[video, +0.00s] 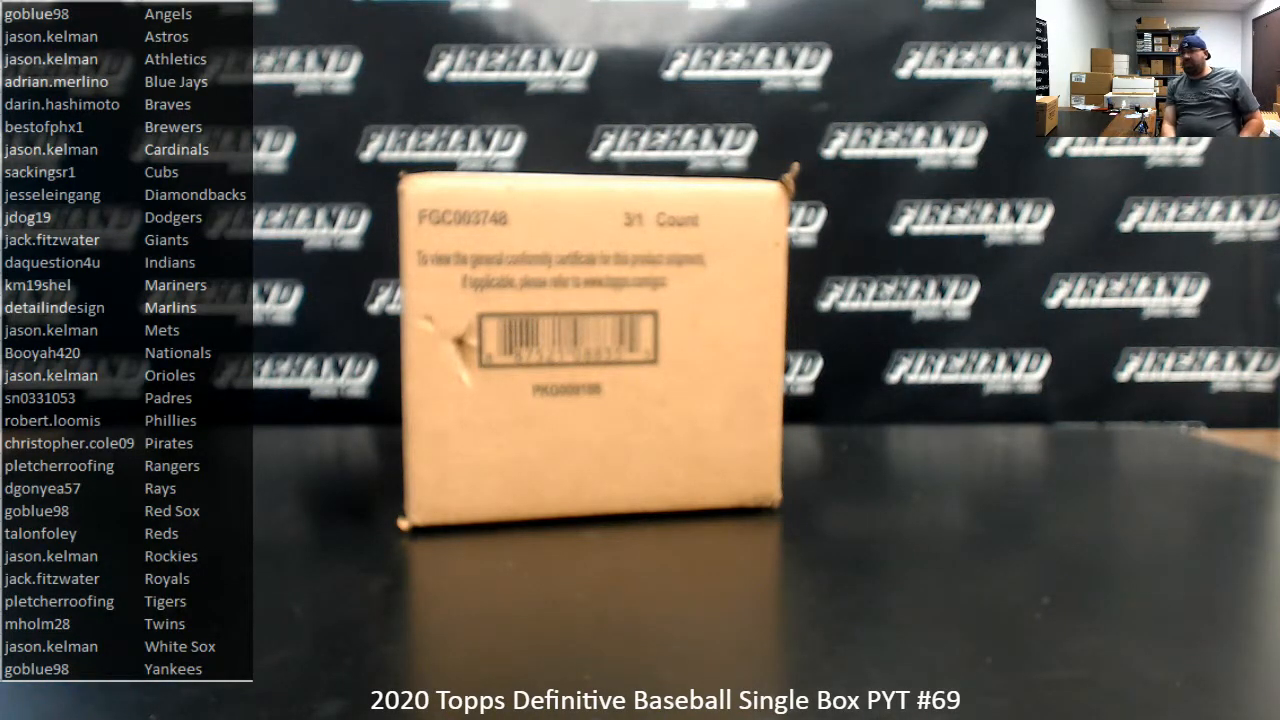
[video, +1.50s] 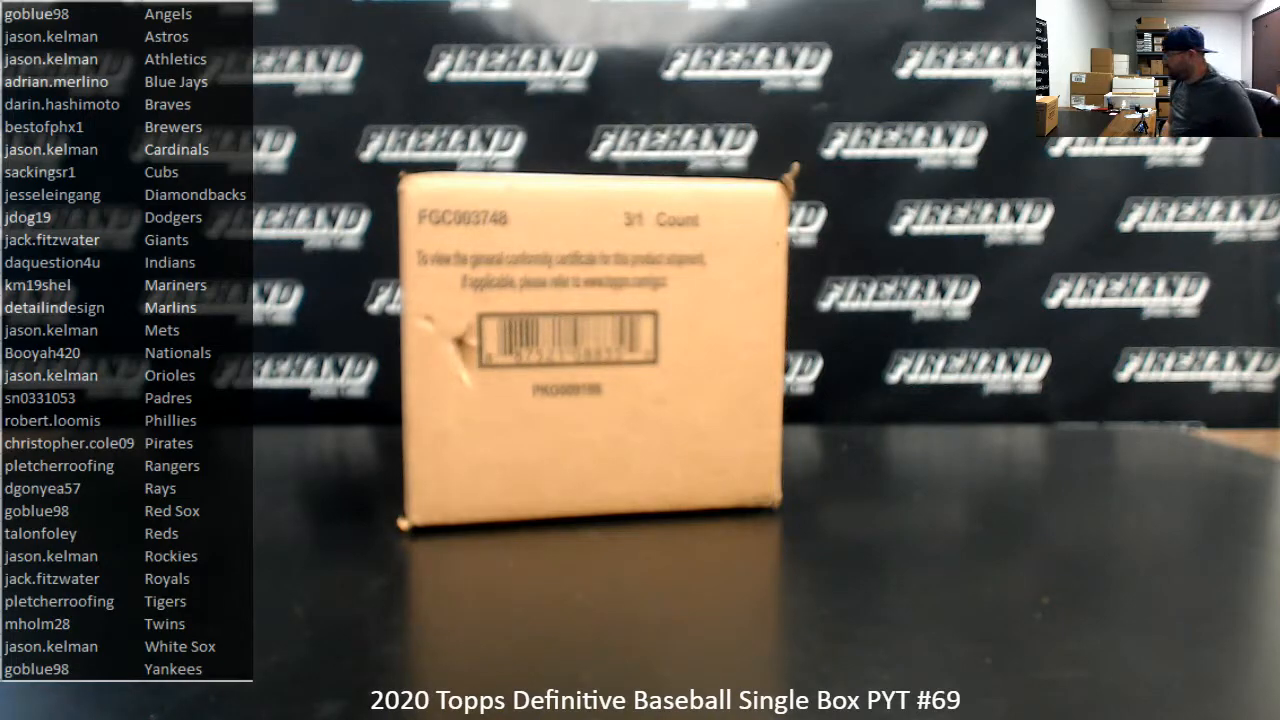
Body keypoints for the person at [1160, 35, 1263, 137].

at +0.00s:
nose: (1186, 57)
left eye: (1192, 51)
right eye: (1183, 53)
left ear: (1205, 54)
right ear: (1180, 57)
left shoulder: (1231, 78)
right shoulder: (1175, 86)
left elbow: (1256, 120)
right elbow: (1168, 123)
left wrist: (1237, 149)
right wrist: (1170, 150)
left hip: (1225, 153)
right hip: (1185, 155)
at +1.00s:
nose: (1197, 57)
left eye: (1203, 51)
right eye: (1194, 52)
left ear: (1221, 52)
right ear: (1191, 54)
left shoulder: (1248, 82)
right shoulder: (1190, 83)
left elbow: (1267, 134)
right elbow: (1176, 120)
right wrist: (1167, 149)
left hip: (1229, 162)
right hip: (1187, 160)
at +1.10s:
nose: (1190, 58)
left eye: (1196, 51)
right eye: (1190, 52)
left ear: (1217, 51)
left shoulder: (1247, 83)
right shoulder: (1191, 82)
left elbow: (1266, 136)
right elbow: (1176, 120)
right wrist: (1164, 149)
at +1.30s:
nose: (1174, 61)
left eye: (1180, 54)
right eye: (1175, 55)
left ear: (1203, 53)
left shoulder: (1237, 89)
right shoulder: (1185, 85)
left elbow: (1262, 141)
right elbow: (1173, 122)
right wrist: (1163, 152)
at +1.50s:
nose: (1165, 62)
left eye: (1169, 56)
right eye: (1165, 56)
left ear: (1191, 55)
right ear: (1191, 55)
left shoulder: (1227, 90)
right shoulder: (1179, 86)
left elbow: (1253, 143)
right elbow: (1170, 125)